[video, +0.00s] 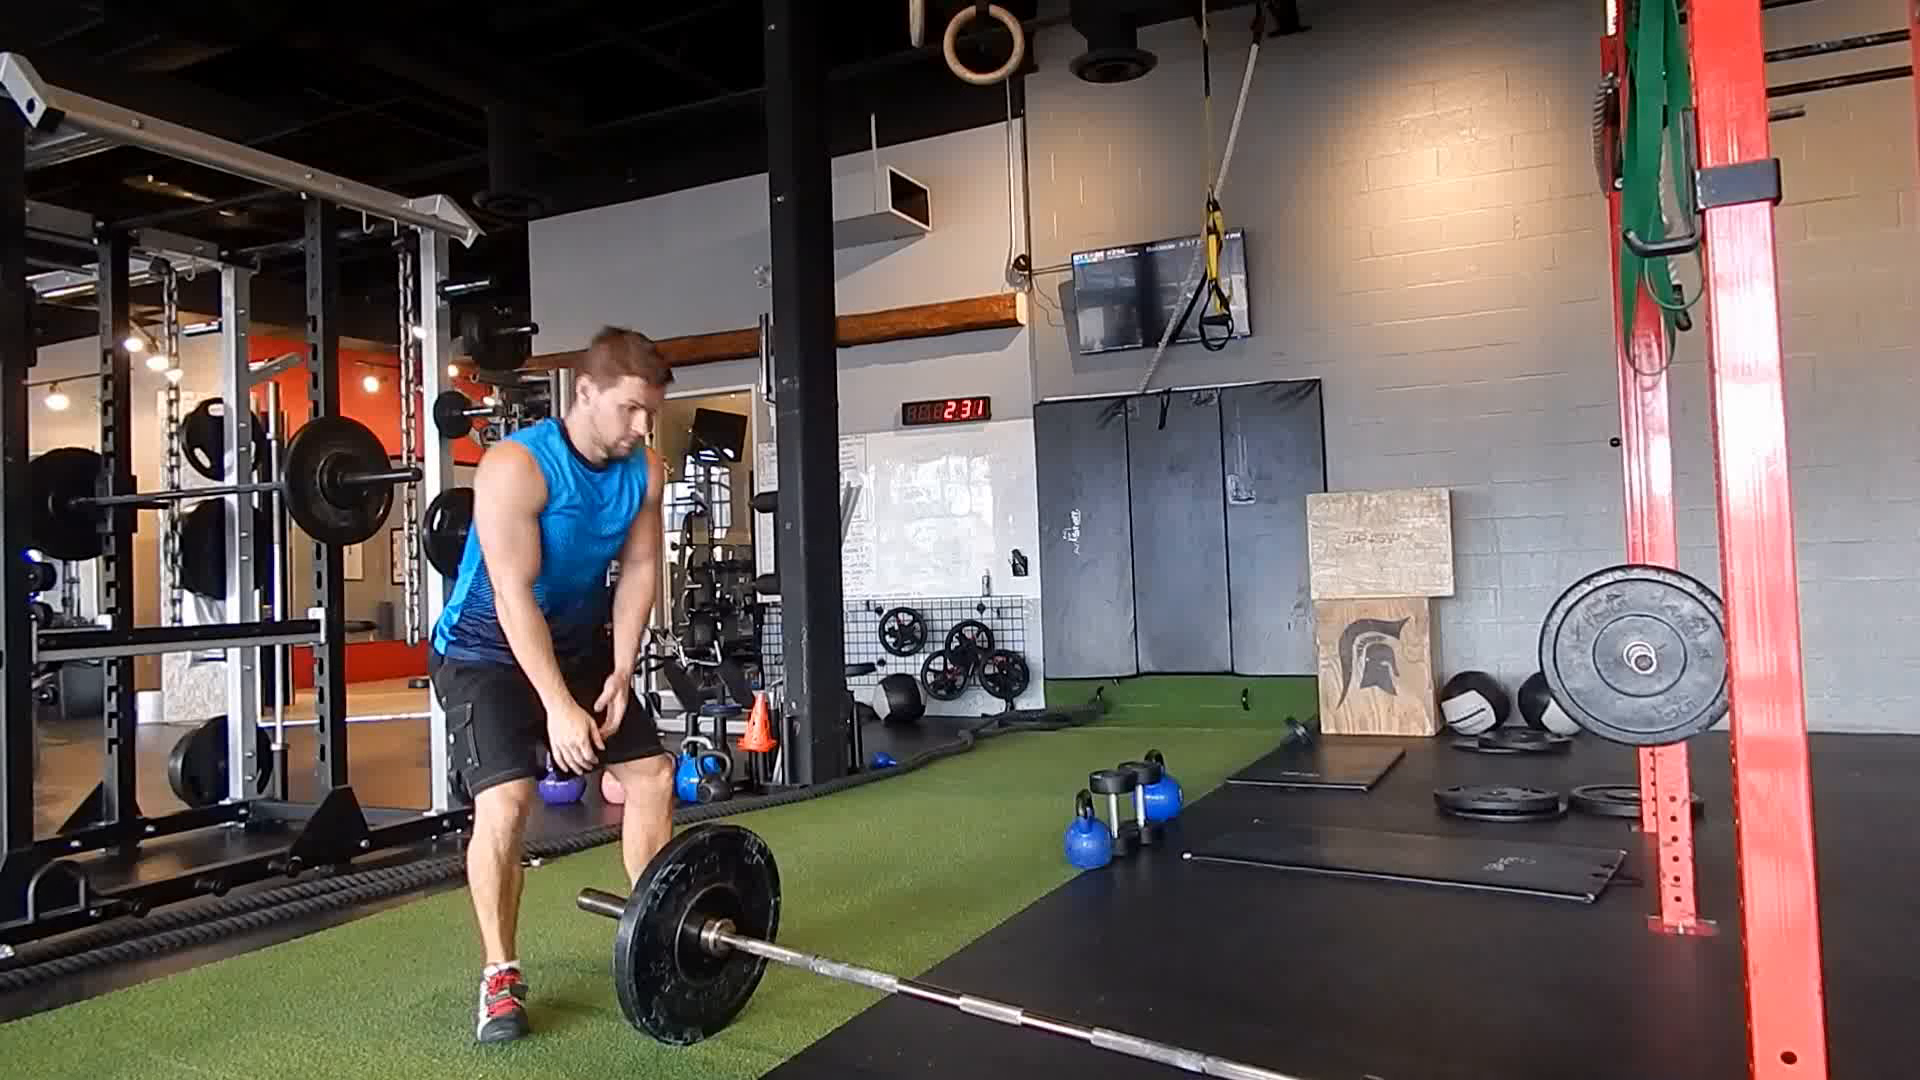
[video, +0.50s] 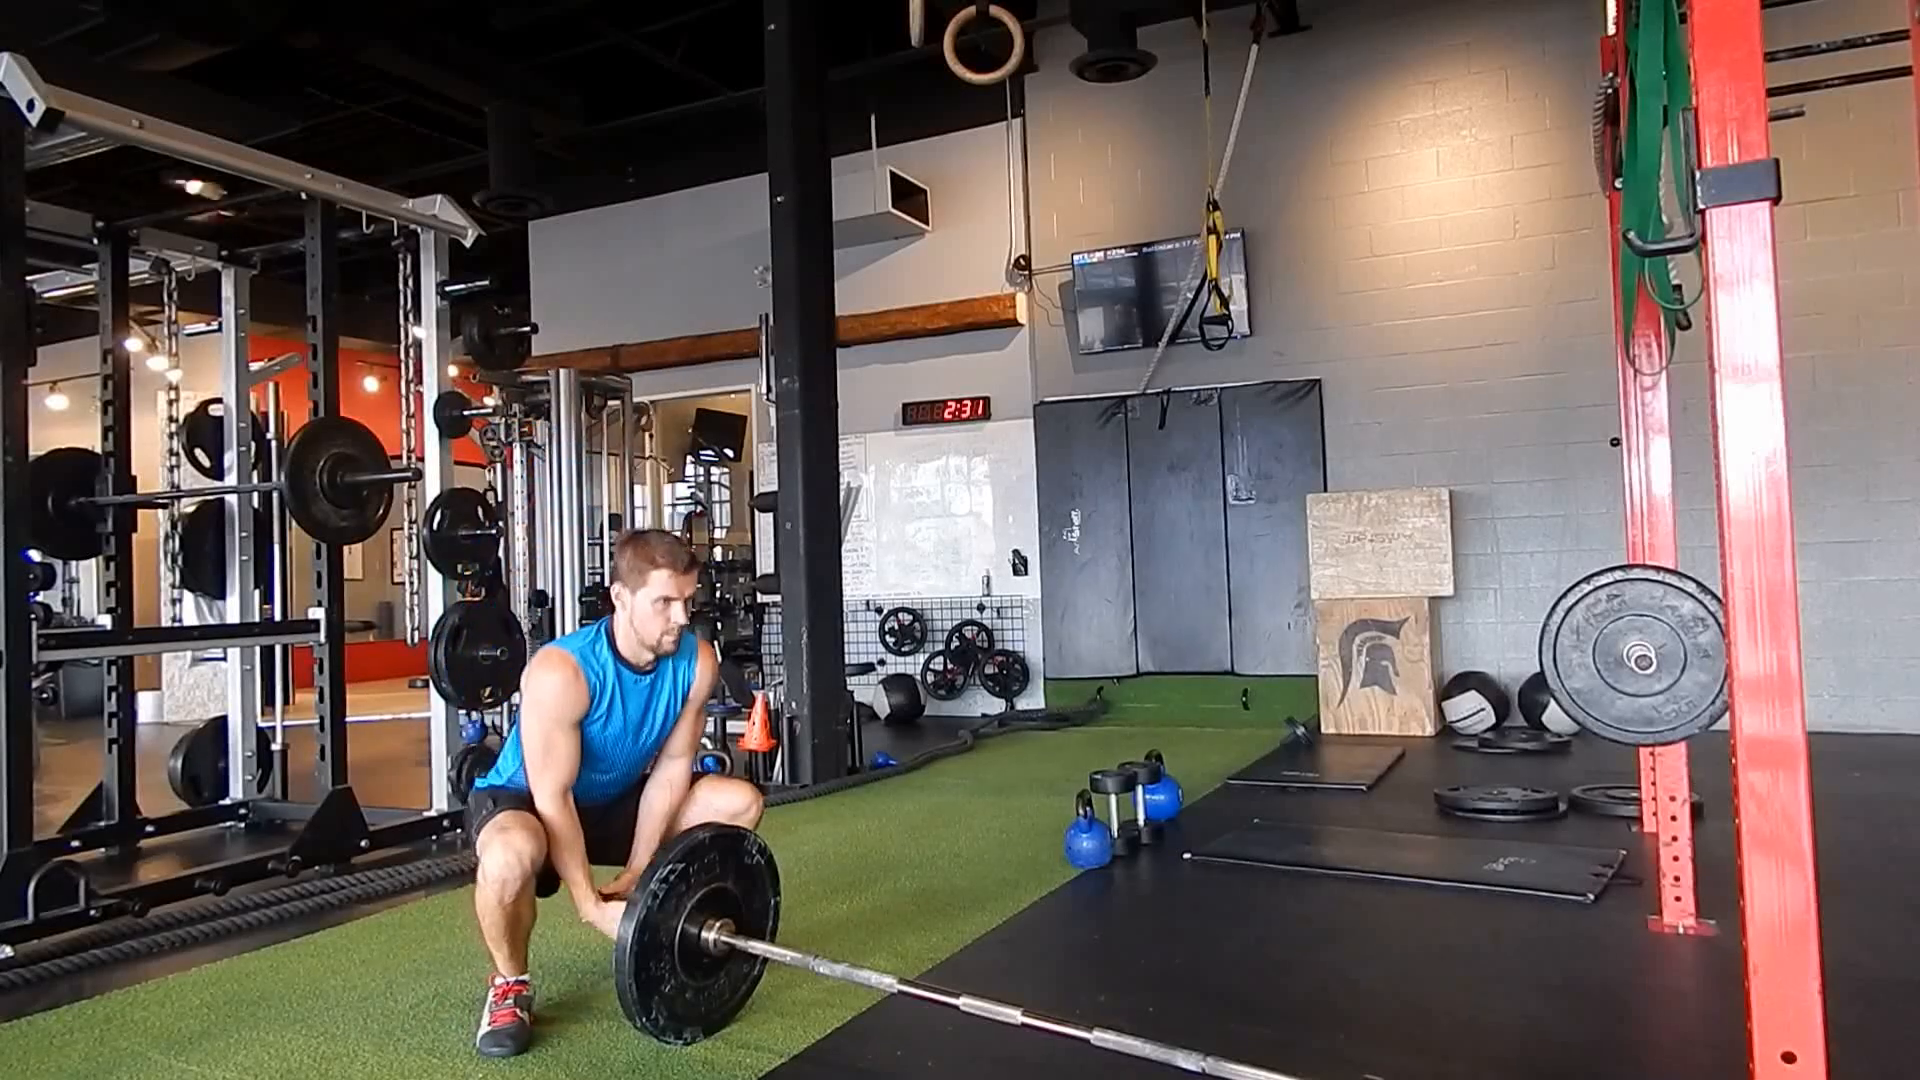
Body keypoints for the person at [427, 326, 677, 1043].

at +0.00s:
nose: (644, 426)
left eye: (651, 410)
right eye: (632, 409)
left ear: (654, 407)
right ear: (585, 394)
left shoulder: (641, 463)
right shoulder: (513, 467)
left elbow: (640, 566)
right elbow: (513, 594)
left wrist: (622, 669)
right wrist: (556, 702)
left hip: (579, 642)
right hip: (488, 650)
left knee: (652, 773)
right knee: (507, 795)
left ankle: (667, 945)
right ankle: (500, 971)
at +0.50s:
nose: (680, 617)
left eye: (687, 602)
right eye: (664, 602)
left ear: (693, 599)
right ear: (619, 599)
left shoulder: (696, 660)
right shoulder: (558, 672)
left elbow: (673, 766)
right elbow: (552, 799)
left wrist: (636, 872)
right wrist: (590, 906)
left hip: (617, 802)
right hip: (527, 804)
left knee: (742, 801)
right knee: (509, 856)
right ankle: (509, 983)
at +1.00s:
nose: (667, 579)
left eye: (674, 563)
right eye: (649, 564)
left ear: (682, 564)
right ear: (604, 569)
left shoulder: (687, 635)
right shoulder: (549, 649)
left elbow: (669, 744)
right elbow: (550, 770)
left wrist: (628, 835)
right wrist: (599, 859)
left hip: (625, 781)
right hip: (527, 786)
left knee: (745, 803)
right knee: (513, 853)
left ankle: (659, 945)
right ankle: (509, 985)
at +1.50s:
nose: (665, 334)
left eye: (670, 320)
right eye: (649, 321)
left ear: (672, 323)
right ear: (605, 326)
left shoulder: (691, 384)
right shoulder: (561, 417)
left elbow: (739, 471)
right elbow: (531, 526)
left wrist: (707, 471)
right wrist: (632, 506)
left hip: (675, 622)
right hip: (589, 623)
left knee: (680, 779)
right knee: (582, 783)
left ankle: (651, 943)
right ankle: (551, 968)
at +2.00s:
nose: (682, 318)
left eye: (688, 306)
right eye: (665, 304)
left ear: (693, 318)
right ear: (621, 311)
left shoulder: (708, 399)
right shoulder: (589, 400)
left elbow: (756, 480)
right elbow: (642, 493)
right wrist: (692, 396)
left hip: (694, 632)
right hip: (616, 632)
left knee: (668, 791)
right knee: (600, 806)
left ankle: (651, 942)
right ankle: (569, 983)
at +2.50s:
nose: (672, 290)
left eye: (678, 280)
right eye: (655, 275)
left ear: (676, 295)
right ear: (608, 289)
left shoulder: (689, 365)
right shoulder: (581, 359)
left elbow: (772, 362)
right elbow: (682, 336)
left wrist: (824, 284)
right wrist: (771, 258)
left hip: (689, 622)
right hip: (603, 623)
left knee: (719, 777)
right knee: (583, 804)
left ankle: (684, 949)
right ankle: (567, 981)